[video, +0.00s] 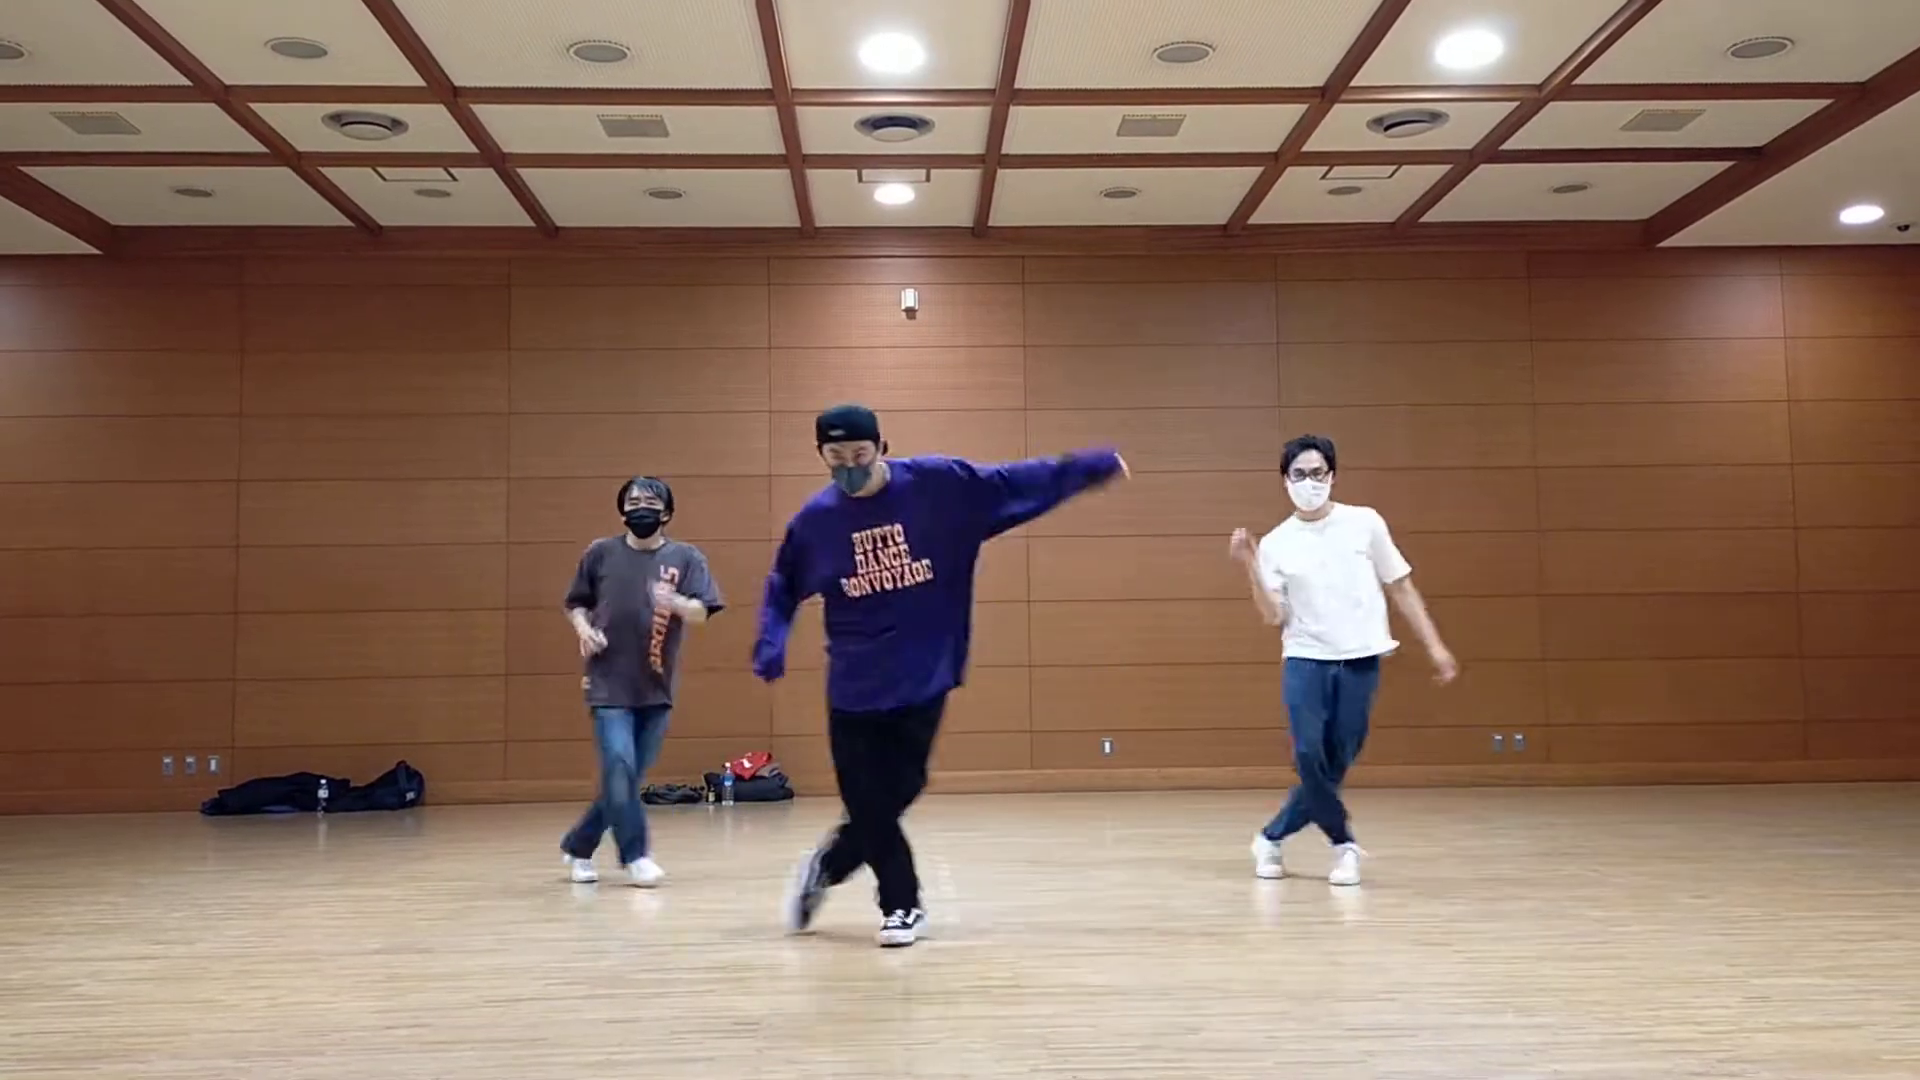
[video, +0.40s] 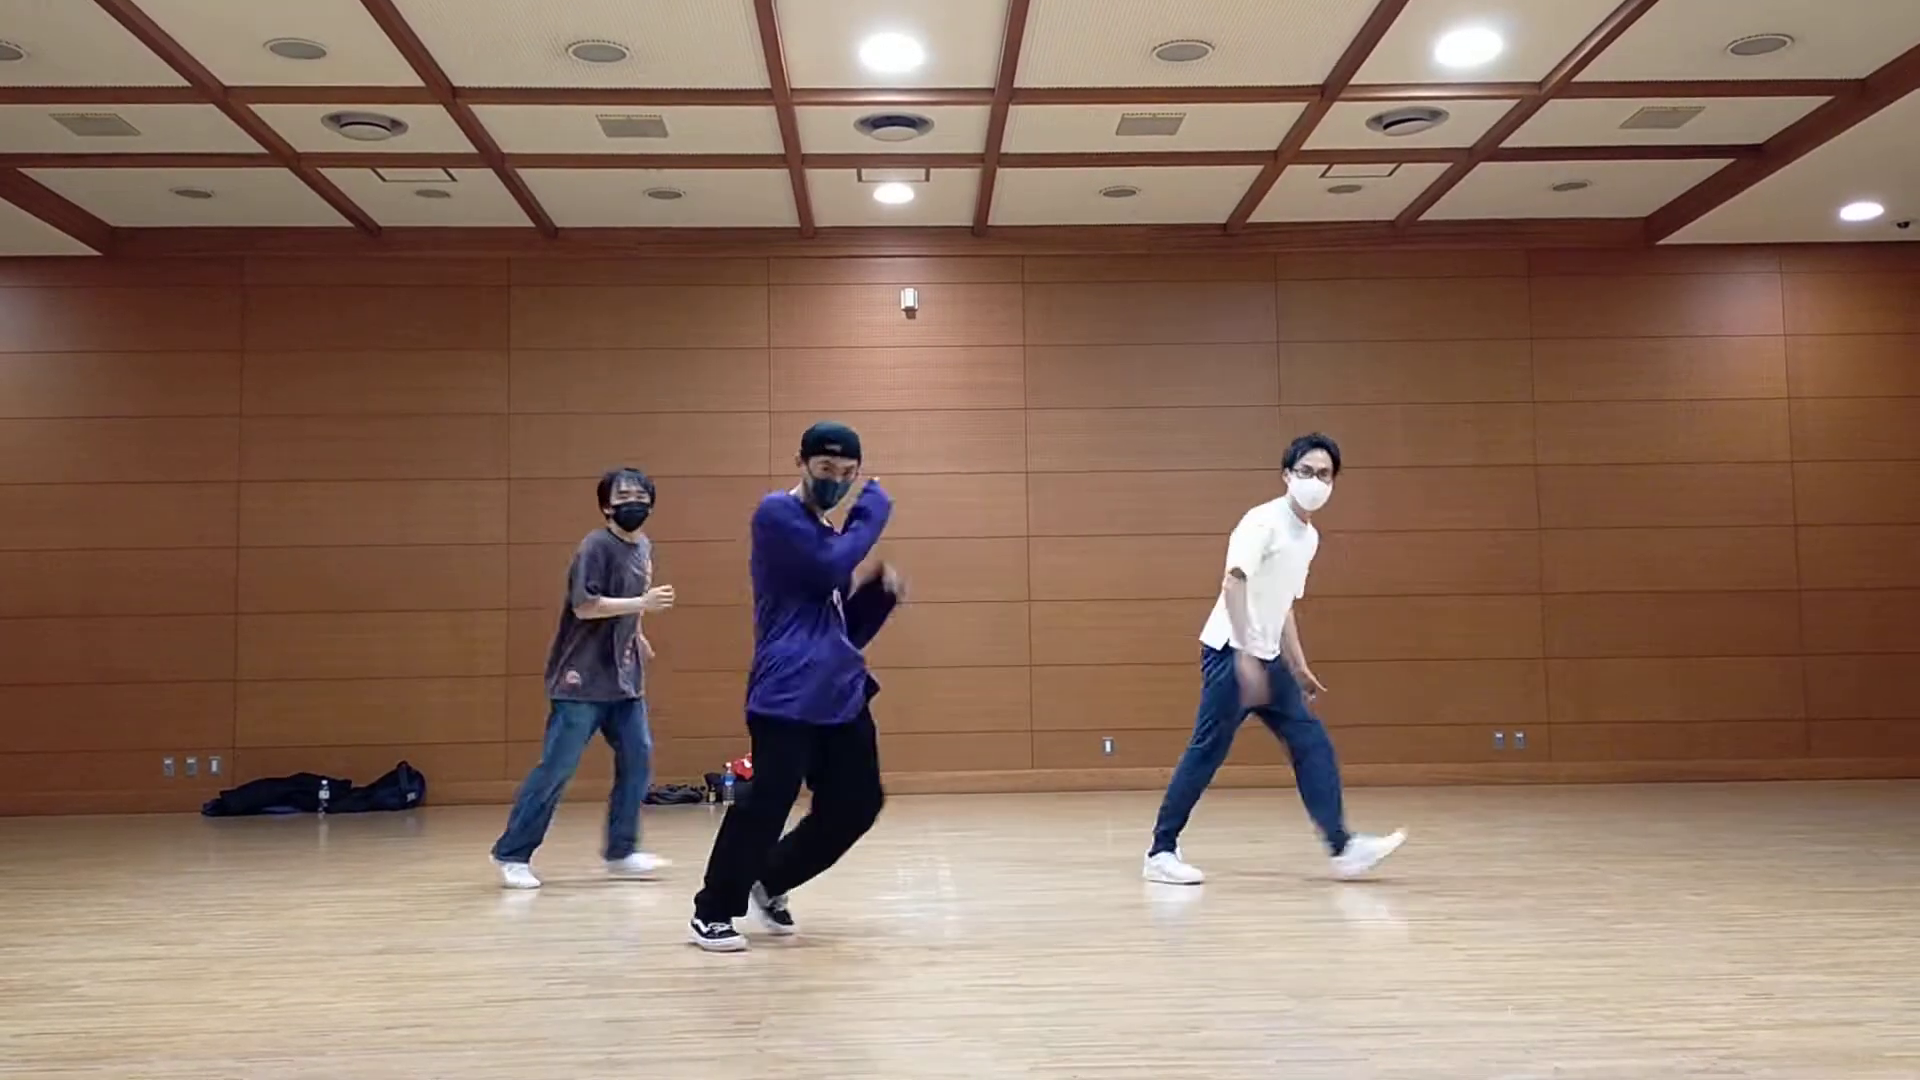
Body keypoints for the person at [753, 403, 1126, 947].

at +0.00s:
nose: (843, 464)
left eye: (853, 452)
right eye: (833, 455)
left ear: (878, 448)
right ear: (822, 457)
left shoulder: (934, 484)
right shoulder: (816, 523)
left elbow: (1013, 483)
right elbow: (783, 587)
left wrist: (1087, 469)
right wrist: (770, 644)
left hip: (924, 669)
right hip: (854, 676)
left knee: (902, 786)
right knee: (865, 794)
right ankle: (901, 905)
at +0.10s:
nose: (840, 472)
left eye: (849, 460)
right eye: (827, 463)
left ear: (866, 460)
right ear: (813, 467)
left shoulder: (909, 498)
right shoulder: (795, 532)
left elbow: (986, 487)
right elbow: (750, 591)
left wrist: (1043, 438)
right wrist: (752, 629)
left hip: (889, 679)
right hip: (823, 682)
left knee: (860, 793)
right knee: (831, 788)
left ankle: (766, 884)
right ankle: (848, 896)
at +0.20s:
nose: (835, 490)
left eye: (845, 480)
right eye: (823, 480)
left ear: (858, 480)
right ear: (805, 482)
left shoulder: (884, 534)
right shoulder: (776, 542)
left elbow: (947, 531)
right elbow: (742, 628)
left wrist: (981, 462)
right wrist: (774, 603)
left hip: (866, 691)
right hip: (804, 687)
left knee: (846, 804)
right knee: (822, 777)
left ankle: (769, 889)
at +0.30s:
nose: (830, 491)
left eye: (840, 482)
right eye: (819, 480)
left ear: (851, 486)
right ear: (799, 479)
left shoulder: (846, 540)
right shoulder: (770, 531)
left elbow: (892, 601)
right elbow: (779, 609)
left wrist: (918, 536)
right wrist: (829, 544)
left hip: (853, 694)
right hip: (797, 692)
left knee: (843, 809)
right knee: (798, 801)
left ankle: (759, 893)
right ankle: (715, 901)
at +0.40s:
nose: (834, 474)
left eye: (845, 467)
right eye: (824, 464)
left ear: (857, 475)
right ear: (803, 465)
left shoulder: (846, 535)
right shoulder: (777, 513)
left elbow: (848, 633)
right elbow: (832, 568)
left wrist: (881, 594)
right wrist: (868, 512)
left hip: (841, 690)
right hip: (788, 687)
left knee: (856, 804)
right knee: (770, 797)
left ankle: (770, 883)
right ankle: (713, 914)